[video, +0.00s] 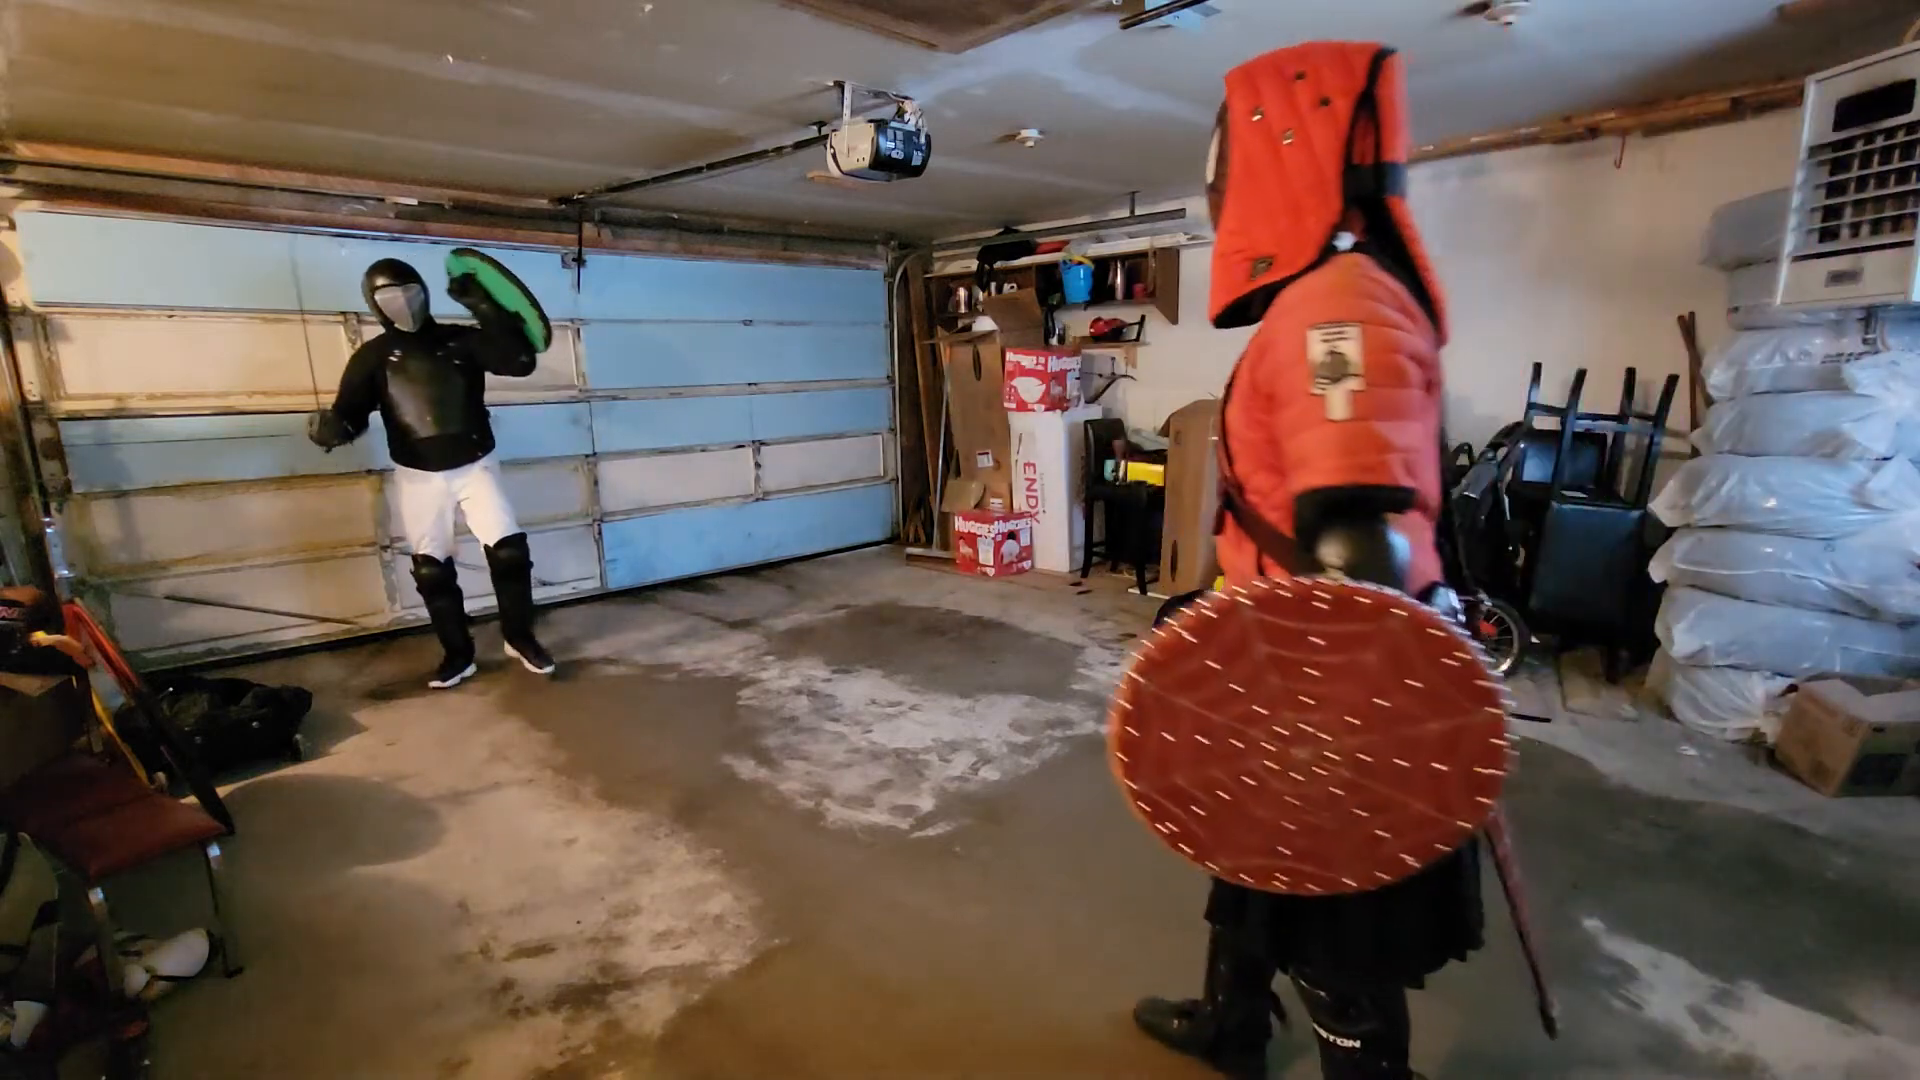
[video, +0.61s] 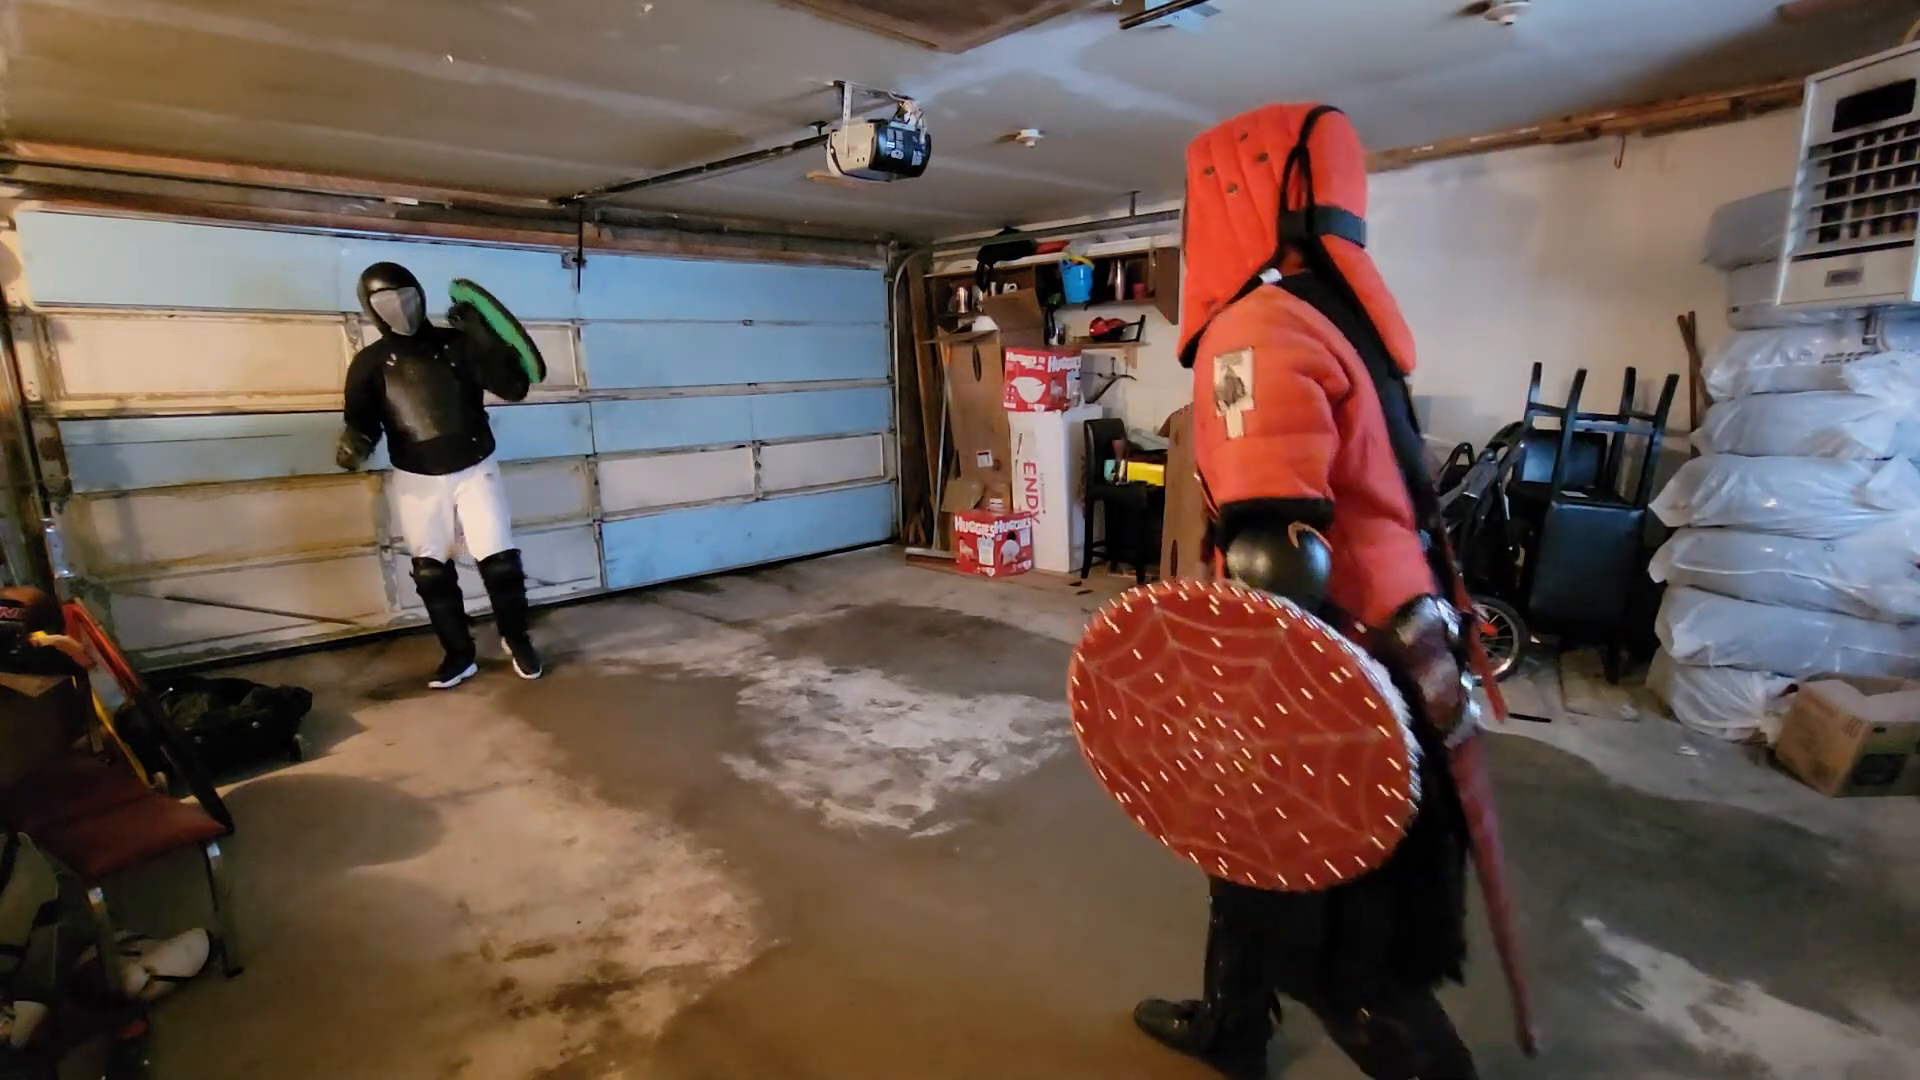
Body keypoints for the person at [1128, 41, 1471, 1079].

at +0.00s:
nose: (1217, 186)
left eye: (1234, 155)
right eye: (1224, 158)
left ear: (1293, 154)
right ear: (1325, 153)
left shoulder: (1347, 302)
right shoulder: (1307, 302)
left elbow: (1361, 543)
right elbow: (1295, 518)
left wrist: (1344, 724)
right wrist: (1217, 613)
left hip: (1333, 690)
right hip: (1274, 668)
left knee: (1339, 895)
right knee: (1247, 843)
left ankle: (1366, 1059)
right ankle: (1232, 1015)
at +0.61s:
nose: (1186, 232)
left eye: (1197, 207)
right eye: (1192, 208)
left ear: (1239, 206)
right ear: (1306, 202)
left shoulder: (1262, 330)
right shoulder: (1321, 319)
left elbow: (1273, 554)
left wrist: (1256, 736)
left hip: (1352, 705)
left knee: (1341, 956)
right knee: (1250, 841)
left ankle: (1436, 1064)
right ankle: (1234, 1017)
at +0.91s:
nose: (1253, 234)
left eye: (1264, 206)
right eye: (1258, 208)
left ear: (1316, 208)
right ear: (1387, 207)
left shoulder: (1347, 361)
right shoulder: (1416, 344)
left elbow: (1371, 632)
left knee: (1418, 1030)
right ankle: (1240, 1011)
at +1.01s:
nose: (1266, 226)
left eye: (1279, 197)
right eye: (1273, 198)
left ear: (1325, 199)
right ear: (1417, 197)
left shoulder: (1358, 357)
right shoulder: (1432, 341)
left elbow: (1376, 633)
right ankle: (1254, 1013)